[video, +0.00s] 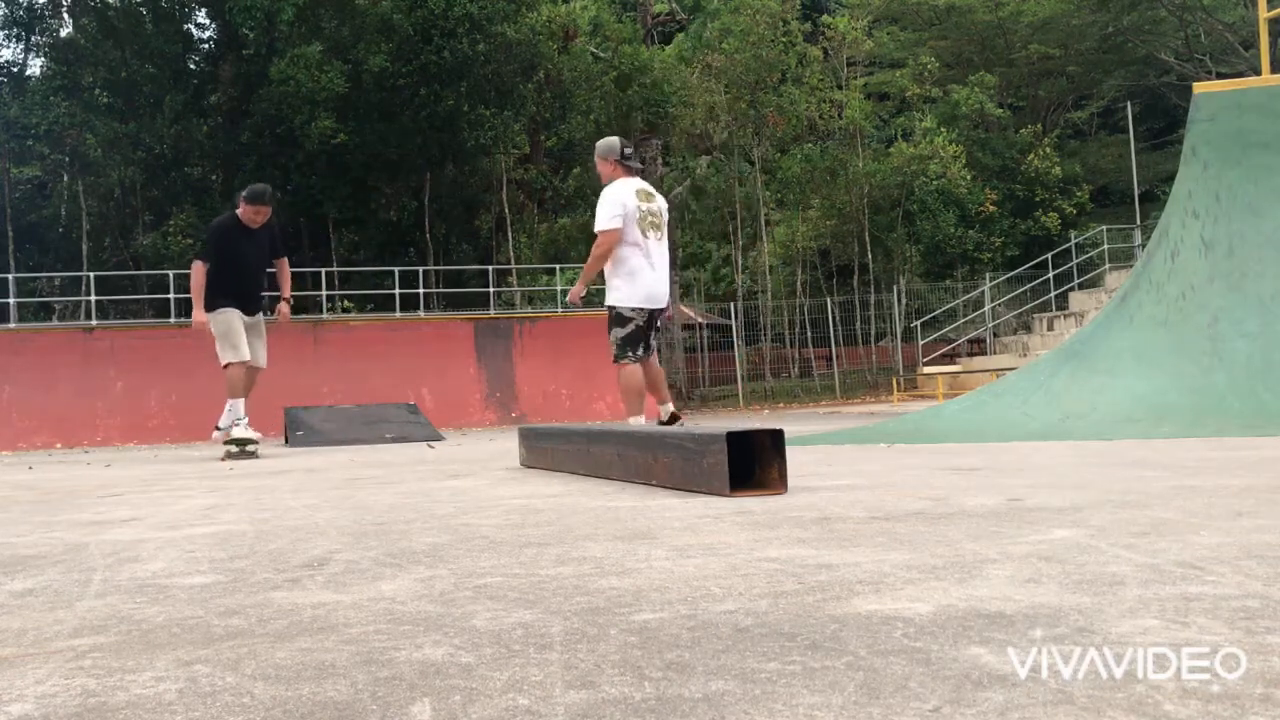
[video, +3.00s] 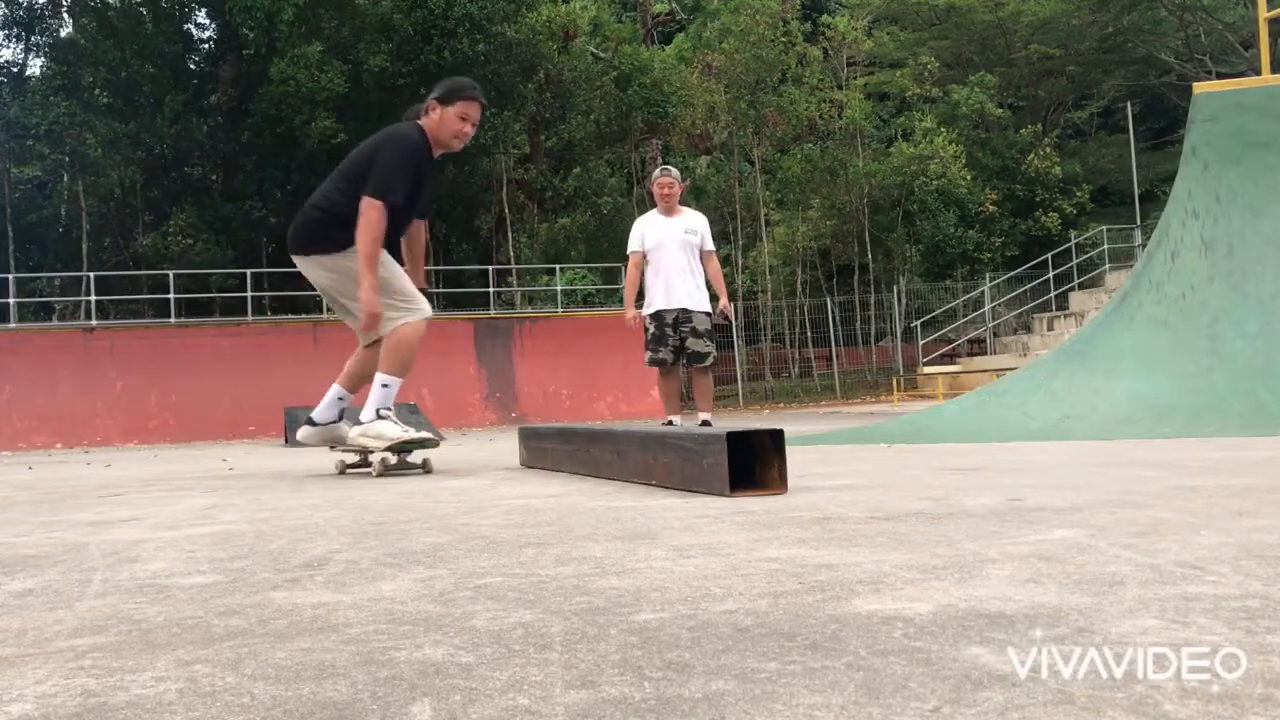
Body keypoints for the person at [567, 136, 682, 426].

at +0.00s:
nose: (597, 170)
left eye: (598, 164)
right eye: (596, 164)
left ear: (611, 164)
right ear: (625, 163)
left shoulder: (613, 194)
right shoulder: (654, 195)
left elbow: (606, 242)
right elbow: (659, 248)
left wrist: (582, 283)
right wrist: (664, 296)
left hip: (629, 293)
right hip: (656, 292)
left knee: (627, 358)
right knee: (646, 352)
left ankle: (635, 425)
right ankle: (667, 411)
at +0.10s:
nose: (597, 179)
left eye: (598, 173)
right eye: (596, 173)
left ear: (614, 171)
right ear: (620, 171)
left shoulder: (621, 199)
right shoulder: (644, 198)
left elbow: (617, 247)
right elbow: (651, 252)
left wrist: (587, 284)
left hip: (633, 296)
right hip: (654, 294)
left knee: (630, 359)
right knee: (648, 357)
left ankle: (636, 425)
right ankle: (654, 419)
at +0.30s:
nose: (599, 189)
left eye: (602, 183)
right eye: (597, 184)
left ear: (619, 180)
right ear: (615, 182)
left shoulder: (640, 207)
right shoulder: (624, 210)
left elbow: (648, 252)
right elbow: (636, 257)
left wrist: (630, 293)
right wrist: (626, 294)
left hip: (653, 298)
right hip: (639, 299)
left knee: (643, 357)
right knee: (635, 359)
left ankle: (654, 418)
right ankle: (656, 415)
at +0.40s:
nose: (602, 188)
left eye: (606, 181)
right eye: (599, 183)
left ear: (624, 178)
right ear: (600, 184)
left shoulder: (647, 206)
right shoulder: (616, 215)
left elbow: (660, 248)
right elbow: (618, 261)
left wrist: (659, 291)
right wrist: (607, 299)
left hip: (657, 298)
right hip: (633, 302)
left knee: (657, 359)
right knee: (641, 362)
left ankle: (674, 419)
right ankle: (658, 420)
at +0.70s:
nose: (630, 184)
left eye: (635, 178)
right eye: (625, 179)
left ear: (650, 178)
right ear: (622, 183)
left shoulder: (675, 209)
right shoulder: (619, 217)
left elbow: (692, 250)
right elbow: (614, 261)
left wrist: (703, 289)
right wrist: (602, 301)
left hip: (677, 303)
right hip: (640, 305)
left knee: (691, 361)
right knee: (650, 364)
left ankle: (705, 408)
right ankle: (660, 423)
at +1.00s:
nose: (671, 191)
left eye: (677, 186)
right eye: (666, 186)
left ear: (687, 188)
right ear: (659, 187)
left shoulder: (704, 219)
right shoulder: (645, 217)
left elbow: (713, 264)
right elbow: (632, 258)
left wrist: (719, 302)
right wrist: (625, 289)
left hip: (693, 308)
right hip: (654, 307)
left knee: (698, 365)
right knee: (655, 362)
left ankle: (704, 420)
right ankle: (661, 423)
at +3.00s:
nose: (666, 192)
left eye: (671, 186)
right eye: (660, 187)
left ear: (681, 189)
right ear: (652, 190)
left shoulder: (697, 219)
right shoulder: (642, 223)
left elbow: (710, 260)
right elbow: (634, 266)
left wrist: (723, 295)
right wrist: (629, 306)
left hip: (696, 304)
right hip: (659, 306)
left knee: (701, 364)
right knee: (667, 367)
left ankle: (705, 419)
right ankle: (673, 421)